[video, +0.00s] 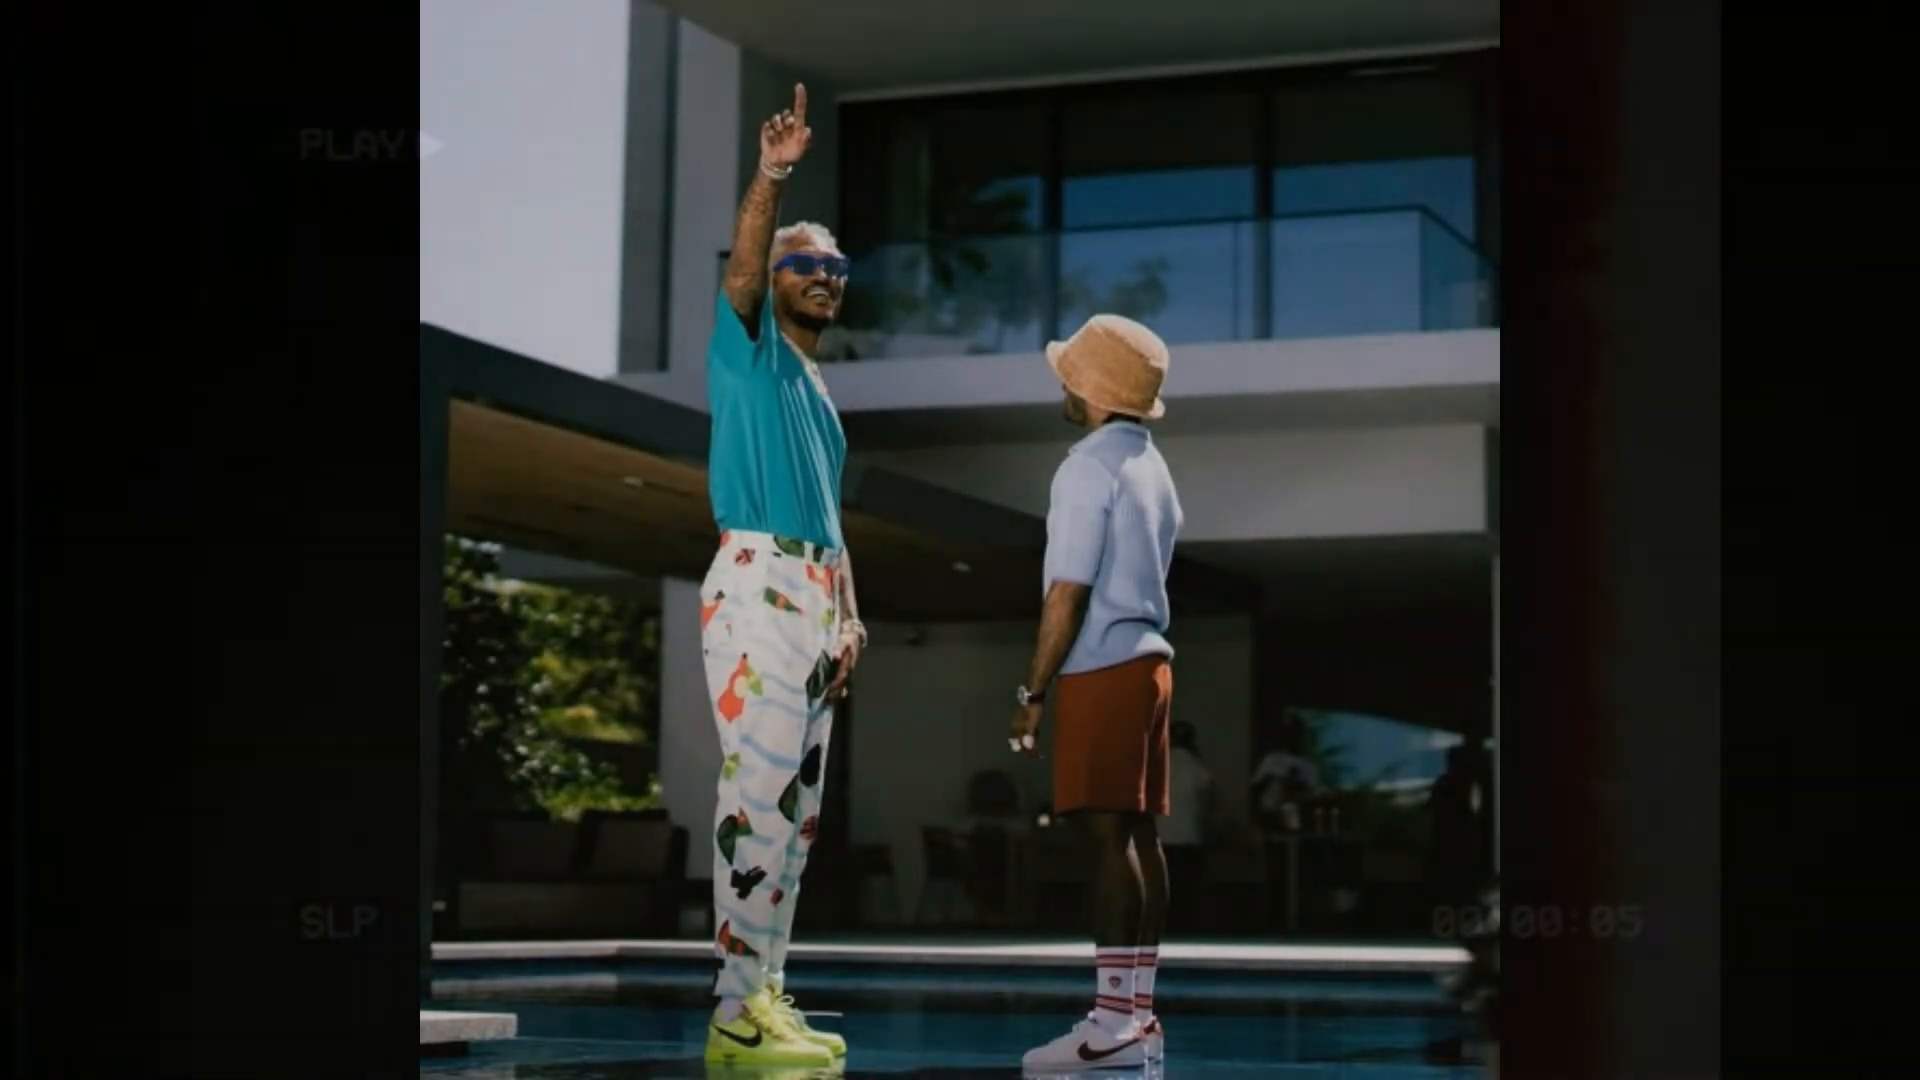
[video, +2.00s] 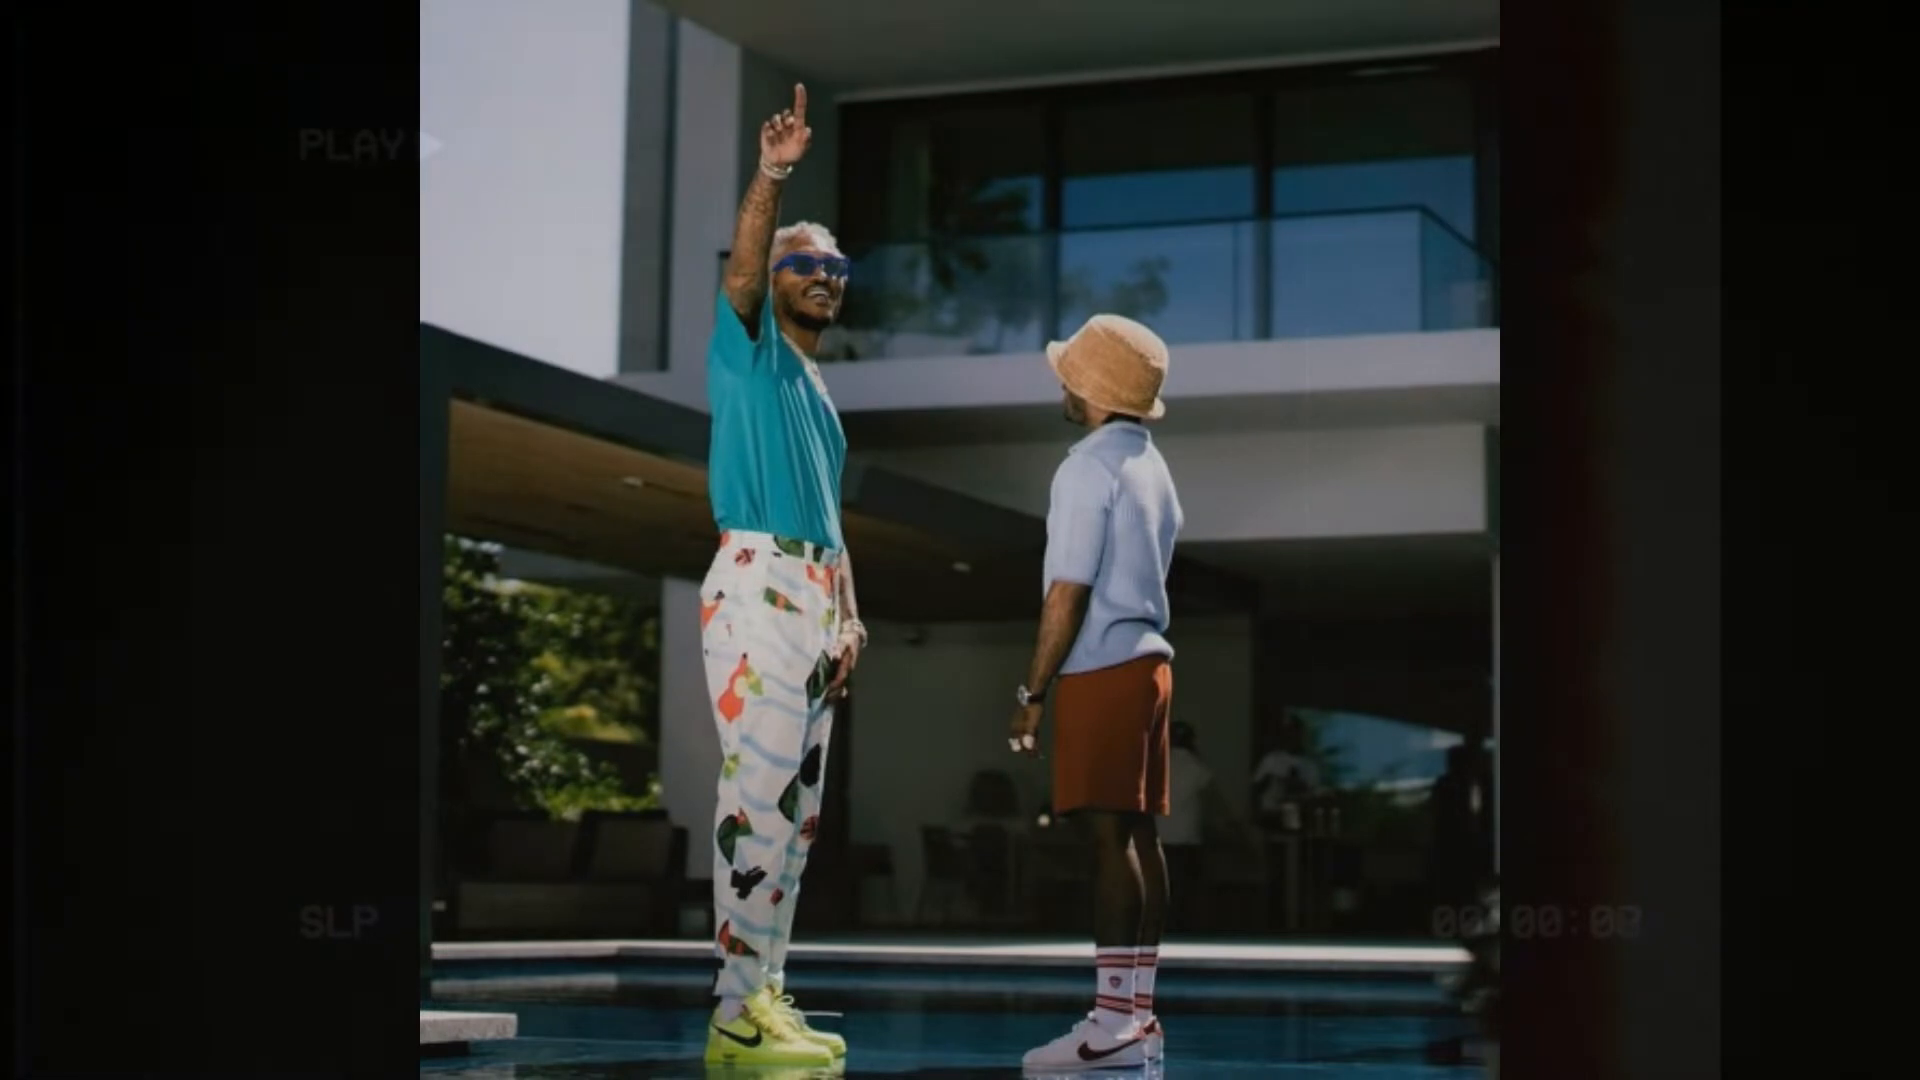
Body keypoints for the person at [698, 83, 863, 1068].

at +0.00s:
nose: (823, 283)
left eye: (833, 273)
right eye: (806, 268)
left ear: (841, 292)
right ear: (770, 278)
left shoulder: (818, 394)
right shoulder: (744, 344)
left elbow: (826, 519)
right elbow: (743, 268)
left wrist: (846, 613)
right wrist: (770, 174)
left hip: (814, 589)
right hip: (756, 581)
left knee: (794, 797)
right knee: (759, 791)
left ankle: (758, 1003)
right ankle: (746, 1006)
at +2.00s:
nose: (822, 283)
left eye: (833, 273)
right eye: (805, 268)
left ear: (841, 292)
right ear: (770, 279)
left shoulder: (818, 395)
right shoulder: (744, 344)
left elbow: (828, 520)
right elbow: (743, 267)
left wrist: (847, 612)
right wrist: (770, 173)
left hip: (814, 590)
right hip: (756, 582)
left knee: (794, 798)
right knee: (759, 791)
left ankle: (755, 1004)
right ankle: (747, 1002)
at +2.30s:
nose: (823, 282)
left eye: (834, 273)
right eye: (805, 268)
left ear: (842, 293)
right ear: (770, 278)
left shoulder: (819, 395)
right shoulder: (744, 344)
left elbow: (828, 519)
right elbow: (744, 267)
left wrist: (847, 611)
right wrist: (769, 173)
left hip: (814, 590)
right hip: (756, 582)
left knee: (795, 798)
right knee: (759, 793)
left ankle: (759, 1001)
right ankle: (745, 1006)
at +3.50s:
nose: (823, 282)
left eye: (834, 273)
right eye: (806, 268)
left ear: (842, 293)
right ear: (770, 278)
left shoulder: (819, 395)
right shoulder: (744, 344)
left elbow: (828, 520)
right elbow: (744, 266)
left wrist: (847, 612)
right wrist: (770, 173)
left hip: (814, 590)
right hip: (756, 582)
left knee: (794, 798)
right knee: (759, 791)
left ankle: (758, 1002)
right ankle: (746, 1004)